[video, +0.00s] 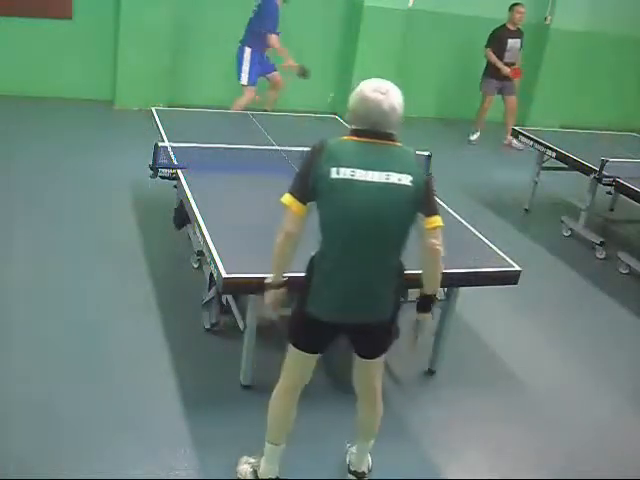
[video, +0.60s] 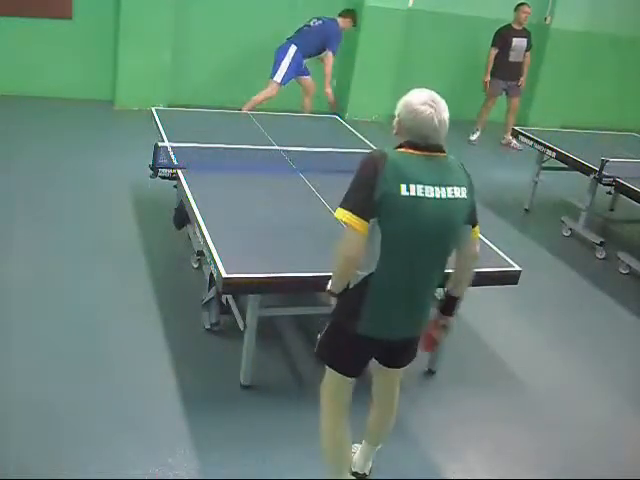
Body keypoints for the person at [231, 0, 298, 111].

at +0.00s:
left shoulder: (273, 7)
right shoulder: (270, 5)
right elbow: (272, 39)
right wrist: (287, 59)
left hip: (259, 51)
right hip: (249, 49)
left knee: (276, 82)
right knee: (249, 95)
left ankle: (266, 114)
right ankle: (228, 119)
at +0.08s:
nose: (290, 5)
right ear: (287, 1)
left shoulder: (273, 6)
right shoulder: (279, 9)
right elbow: (286, 41)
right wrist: (306, 63)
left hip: (262, 54)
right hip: (253, 52)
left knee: (281, 84)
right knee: (253, 95)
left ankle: (281, 118)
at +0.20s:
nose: (317, 13)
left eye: (318, 9)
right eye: (316, 9)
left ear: (307, 6)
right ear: (309, 6)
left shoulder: (289, 14)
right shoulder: (302, 21)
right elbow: (315, 53)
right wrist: (336, 66)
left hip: (272, 58)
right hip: (266, 56)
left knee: (291, 88)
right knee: (261, 96)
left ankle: (299, 120)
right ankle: (232, 119)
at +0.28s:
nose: (325, 19)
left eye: (326, 15)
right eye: (325, 15)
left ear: (314, 10)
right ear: (321, 12)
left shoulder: (296, 20)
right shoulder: (312, 29)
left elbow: (278, 35)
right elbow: (328, 59)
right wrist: (345, 73)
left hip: (280, 61)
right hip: (273, 58)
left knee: (299, 88)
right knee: (262, 101)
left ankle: (305, 123)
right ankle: (234, 120)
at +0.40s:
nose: (342, 31)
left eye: (343, 28)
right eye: (342, 28)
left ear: (331, 21)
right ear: (337, 24)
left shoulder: (312, 24)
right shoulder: (328, 38)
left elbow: (291, 37)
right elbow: (337, 69)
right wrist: (347, 91)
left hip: (288, 59)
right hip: (283, 57)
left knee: (307, 88)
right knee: (266, 99)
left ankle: (306, 122)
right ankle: (237, 118)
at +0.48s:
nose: (343, 33)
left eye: (345, 30)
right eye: (345, 29)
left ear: (336, 21)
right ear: (342, 25)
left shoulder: (319, 24)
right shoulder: (330, 37)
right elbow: (334, 69)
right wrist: (343, 95)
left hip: (291, 57)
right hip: (287, 55)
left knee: (308, 87)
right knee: (269, 94)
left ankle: (306, 122)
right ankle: (240, 115)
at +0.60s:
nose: (349, 28)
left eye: (350, 26)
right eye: (350, 25)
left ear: (341, 16)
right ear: (348, 20)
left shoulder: (324, 20)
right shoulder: (335, 31)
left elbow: (310, 37)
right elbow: (328, 60)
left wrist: (321, 54)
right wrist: (328, 87)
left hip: (296, 54)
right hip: (291, 50)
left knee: (309, 88)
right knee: (272, 90)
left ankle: (305, 121)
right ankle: (243, 112)